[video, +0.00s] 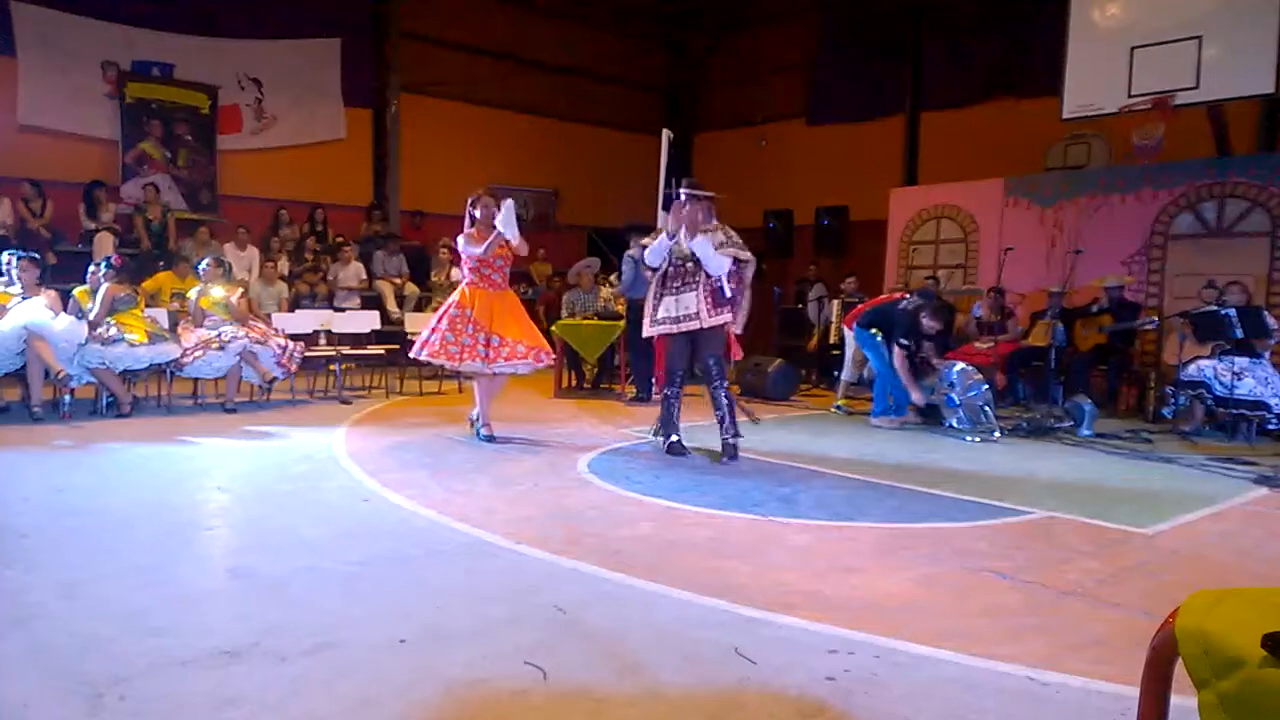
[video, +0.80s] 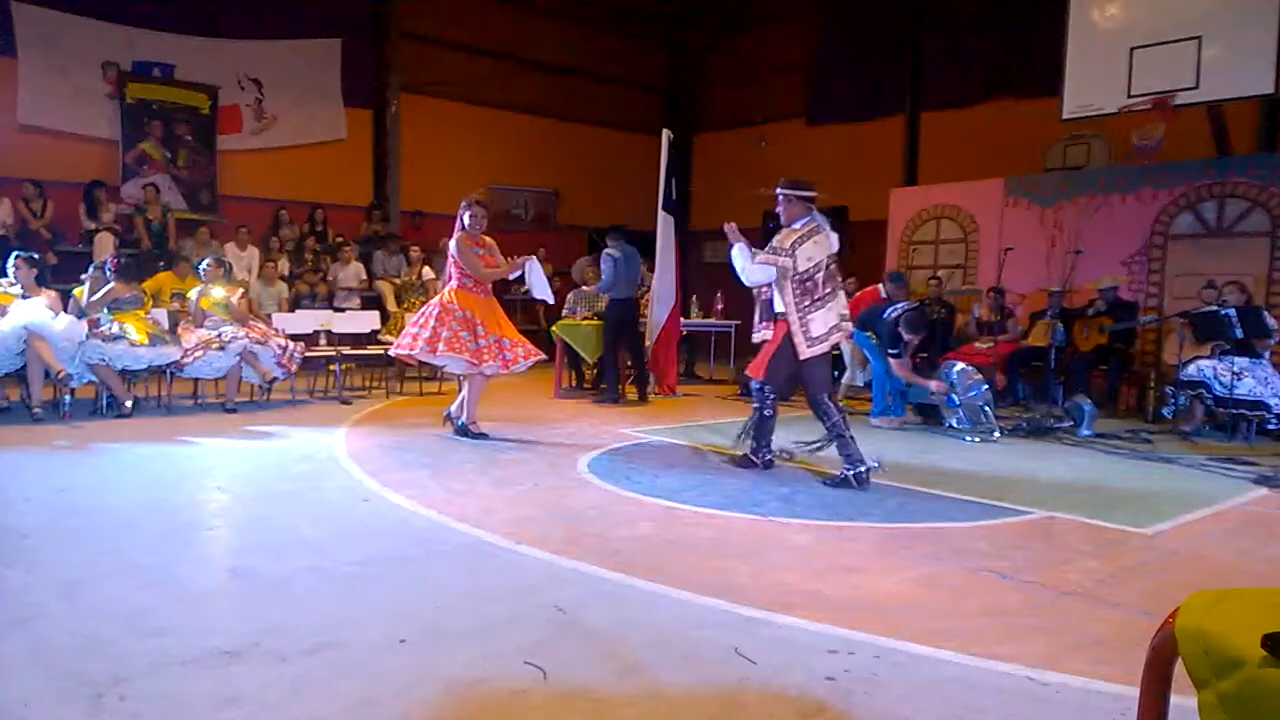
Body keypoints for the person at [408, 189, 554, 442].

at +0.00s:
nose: (490, 212)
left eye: (493, 207)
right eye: (485, 207)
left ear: (497, 211)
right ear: (473, 211)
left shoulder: (503, 236)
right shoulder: (466, 238)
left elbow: (523, 250)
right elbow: (479, 254)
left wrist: (511, 226)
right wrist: (496, 234)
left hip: (502, 301)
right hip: (475, 300)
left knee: (504, 366)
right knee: (481, 365)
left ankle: (478, 411)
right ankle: (484, 420)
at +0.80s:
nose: (477, 221)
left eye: (482, 217)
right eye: (472, 216)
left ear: (487, 220)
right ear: (462, 218)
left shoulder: (489, 243)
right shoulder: (459, 242)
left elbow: (501, 268)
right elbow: (480, 274)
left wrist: (517, 265)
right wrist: (512, 269)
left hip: (482, 304)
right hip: (460, 303)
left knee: (489, 362)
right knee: (481, 363)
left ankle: (456, 410)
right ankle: (469, 419)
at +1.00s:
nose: (471, 223)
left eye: (475, 219)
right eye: (466, 218)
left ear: (481, 221)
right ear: (456, 219)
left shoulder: (482, 243)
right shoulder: (453, 243)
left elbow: (496, 267)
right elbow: (475, 277)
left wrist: (514, 267)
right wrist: (508, 272)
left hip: (474, 306)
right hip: (454, 306)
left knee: (477, 363)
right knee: (477, 364)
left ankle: (451, 413)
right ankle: (464, 420)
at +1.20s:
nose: (466, 227)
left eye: (471, 223)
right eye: (462, 222)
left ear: (476, 225)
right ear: (452, 221)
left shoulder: (475, 248)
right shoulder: (447, 246)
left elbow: (487, 275)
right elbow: (466, 281)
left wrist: (499, 269)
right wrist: (498, 277)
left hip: (470, 311)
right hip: (451, 311)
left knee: (471, 369)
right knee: (474, 370)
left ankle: (447, 416)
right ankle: (446, 417)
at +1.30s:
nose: (464, 227)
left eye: (469, 223)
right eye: (459, 222)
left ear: (473, 225)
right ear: (449, 221)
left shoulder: (472, 248)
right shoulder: (444, 246)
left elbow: (482, 275)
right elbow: (462, 279)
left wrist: (498, 271)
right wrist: (493, 274)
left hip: (467, 310)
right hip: (448, 310)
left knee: (474, 369)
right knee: (471, 370)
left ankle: (453, 416)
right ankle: (443, 417)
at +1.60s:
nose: (458, 224)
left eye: (463, 219)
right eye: (453, 218)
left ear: (468, 220)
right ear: (444, 218)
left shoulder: (472, 242)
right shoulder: (437, 242)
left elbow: (481, 270)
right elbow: (453, 272)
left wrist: (495, 261)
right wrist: (482, 263)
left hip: (464, 306)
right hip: (442, 305)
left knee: (463, 366)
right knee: (454, 365)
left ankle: (443, 418)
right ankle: (442, 418)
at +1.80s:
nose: (457, 219)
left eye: (462, 215)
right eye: (453, 214)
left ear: (467, 218)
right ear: (443, 214)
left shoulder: (468, 239)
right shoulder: (432, 238)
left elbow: (483, 266)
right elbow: (447, 262)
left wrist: (484, 242)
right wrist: (474, 248)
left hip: (462, 301)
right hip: (438, 301)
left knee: (455, 364)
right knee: (447, 363)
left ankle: (444, 416)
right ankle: (444, 418)